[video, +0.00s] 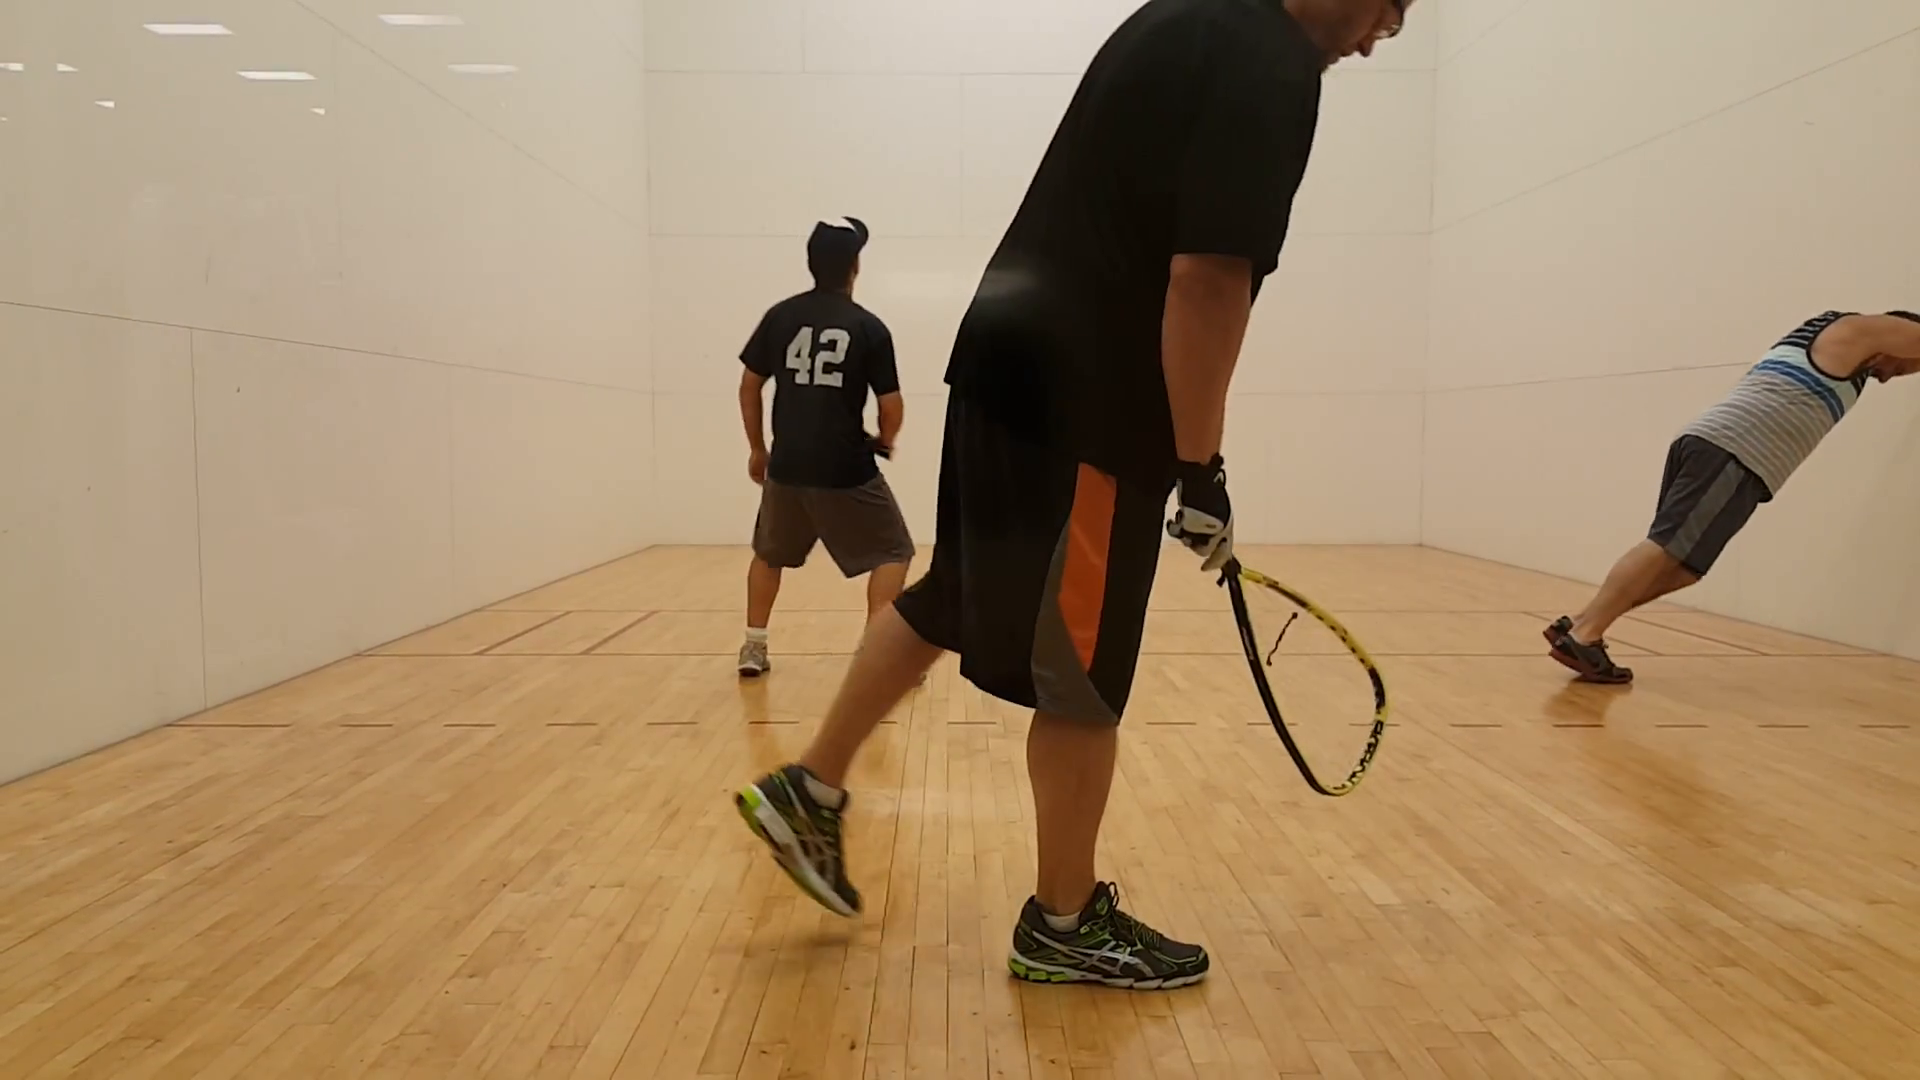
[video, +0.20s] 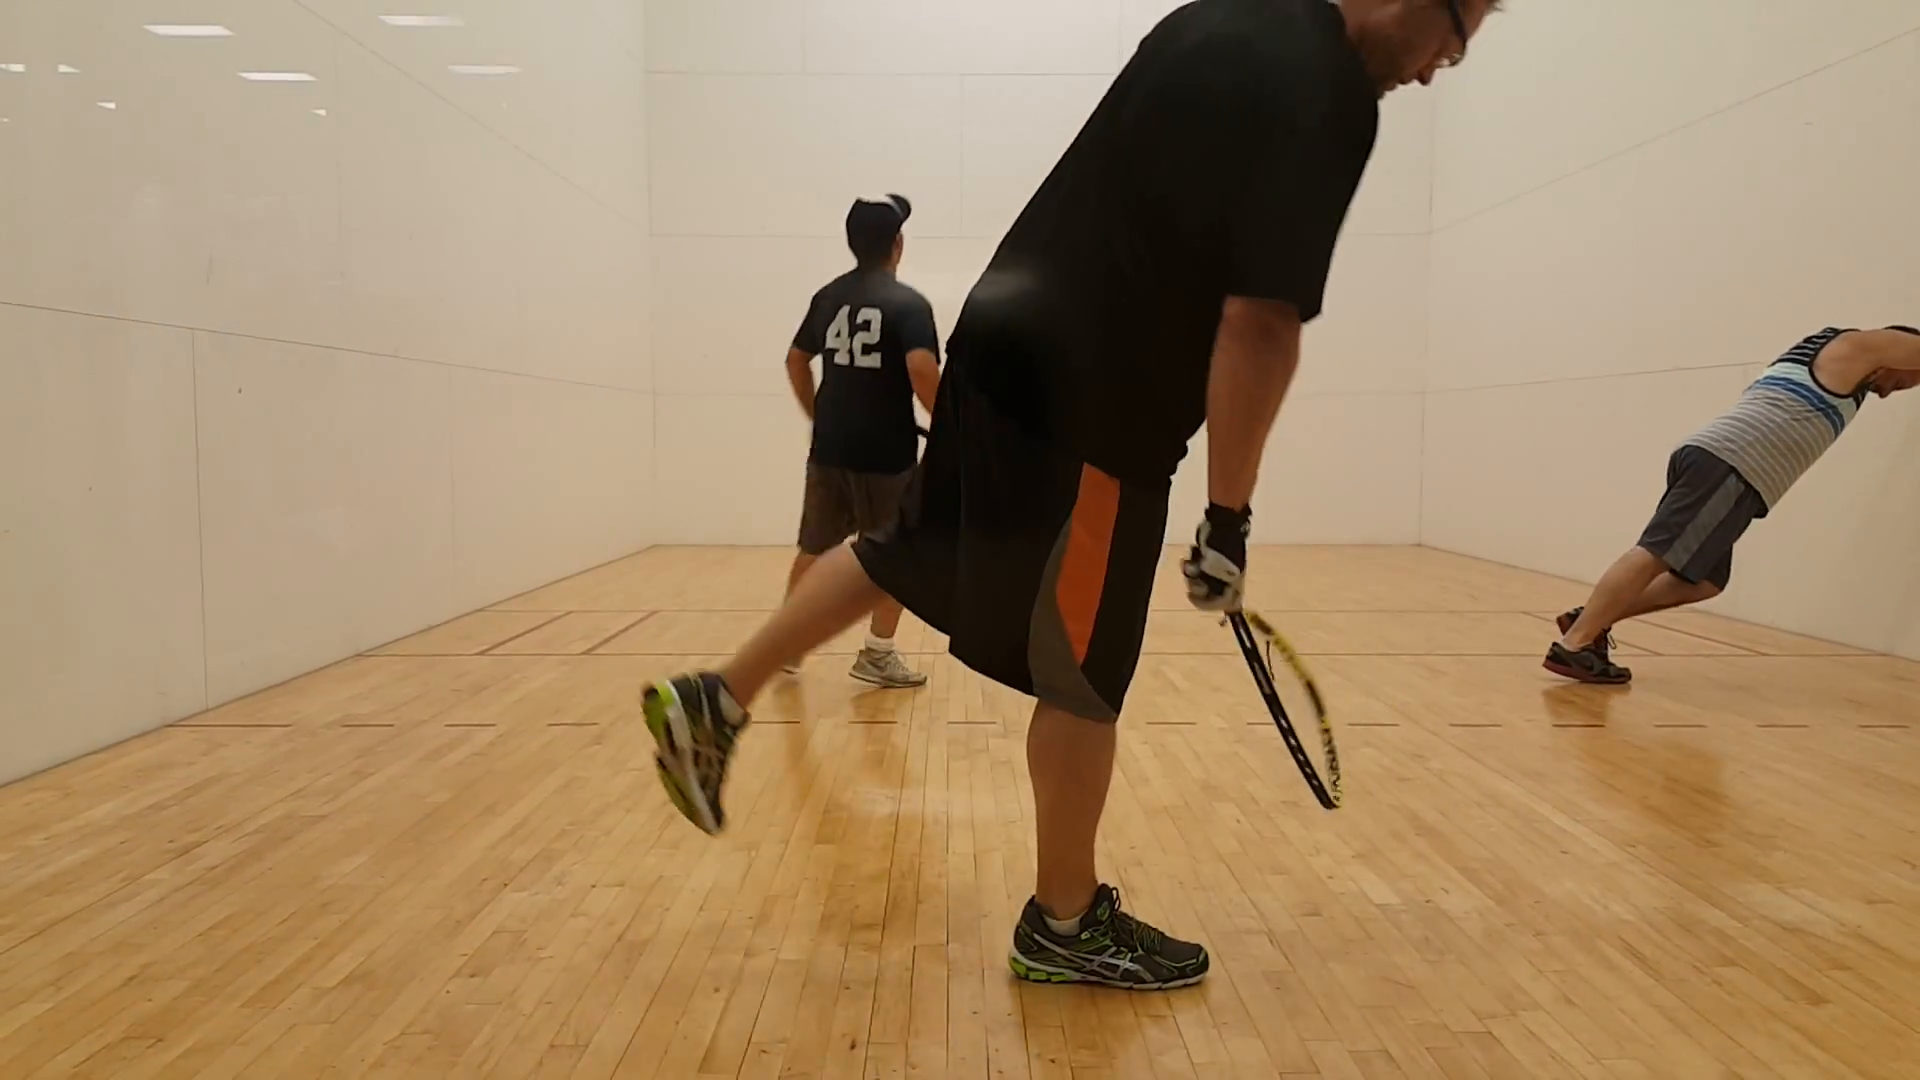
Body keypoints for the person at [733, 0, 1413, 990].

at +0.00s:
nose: (1385, 34)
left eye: (1394, 21)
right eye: (1390, 11)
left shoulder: (1181, 22)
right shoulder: (1266, 60)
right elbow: (1206, 280)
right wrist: (1201, 472)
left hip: (1007, 371)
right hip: (1098, 403)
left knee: (951, 593)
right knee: (1082, 665)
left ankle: (811, 786)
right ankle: (1065, 916)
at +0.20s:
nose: (1443, 67)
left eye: (1458, 48)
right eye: (1455, 36)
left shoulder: (1216, 22)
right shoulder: (1327, 89)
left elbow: (1120, 208)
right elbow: (1261, 323)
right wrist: (1228, 519)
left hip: (1001, 345)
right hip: (1102, 397)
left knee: (912, 552)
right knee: (1087, 664)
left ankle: (721, 696)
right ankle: (1065, 918)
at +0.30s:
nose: (1472, 92)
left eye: (1490, 72)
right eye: (1486, 60)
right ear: (1441, 9)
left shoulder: (1251, 14)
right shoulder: (1356, 127)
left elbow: (1127, 164)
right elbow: (1296, 364)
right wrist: (1257, 550)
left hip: (998, 322)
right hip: (1103, 390)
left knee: (882, 516)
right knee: (1098, 659)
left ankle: (686, 643)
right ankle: (1070, 916)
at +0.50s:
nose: (1505, 192)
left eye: (1524, 176)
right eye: (1523, 165)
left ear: (1459, 78)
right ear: (1493, 110)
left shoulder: (1281, 56)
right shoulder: (1378, 242)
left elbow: (1111, 145)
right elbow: (1326, 462)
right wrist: (1296, 652)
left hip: (978, 310)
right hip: (1086, 390)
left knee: (855, 463)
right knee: (1115, 655)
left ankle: (624, 536)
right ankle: (1068, 926)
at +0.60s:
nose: (1508, 232)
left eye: (1528, 217)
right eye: (1526, 205)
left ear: (1475, 111)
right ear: (1503, 145)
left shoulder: (1301, 75)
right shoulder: (1376, 280)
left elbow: (1137, 143)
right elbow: (1321, 498)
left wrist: (1033, 255)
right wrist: (1294, 677)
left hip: (977, 299)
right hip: (1074, 392)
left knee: (832, 431)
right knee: (1101, 654)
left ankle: (607, 488)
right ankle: (1069, 921)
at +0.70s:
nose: (1508, 262)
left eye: (1532, 247)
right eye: (1530, 238)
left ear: (1476, 131)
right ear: (1504, 181)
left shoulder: (1313, 87)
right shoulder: (1374, 291)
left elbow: (1147, 142)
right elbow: (1316, 508)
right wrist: (1289, 690)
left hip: (979, 291)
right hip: (1066, 392)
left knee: (823, 409)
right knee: (1093, 651)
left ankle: (593, 430)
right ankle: (1068, 919)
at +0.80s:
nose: (1508, 284)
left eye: (1531, 271)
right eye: (1530, 261)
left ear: (1479, 153)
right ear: (1503, 197)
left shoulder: (1319, 101)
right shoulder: (1370, 309)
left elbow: (1143, 152)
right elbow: (1314, 529)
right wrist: (1283, 717)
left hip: (986, 289)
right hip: (1065, 395)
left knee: (830, 401)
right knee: (1088, 656)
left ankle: (590, 400)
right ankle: (1067, 921)